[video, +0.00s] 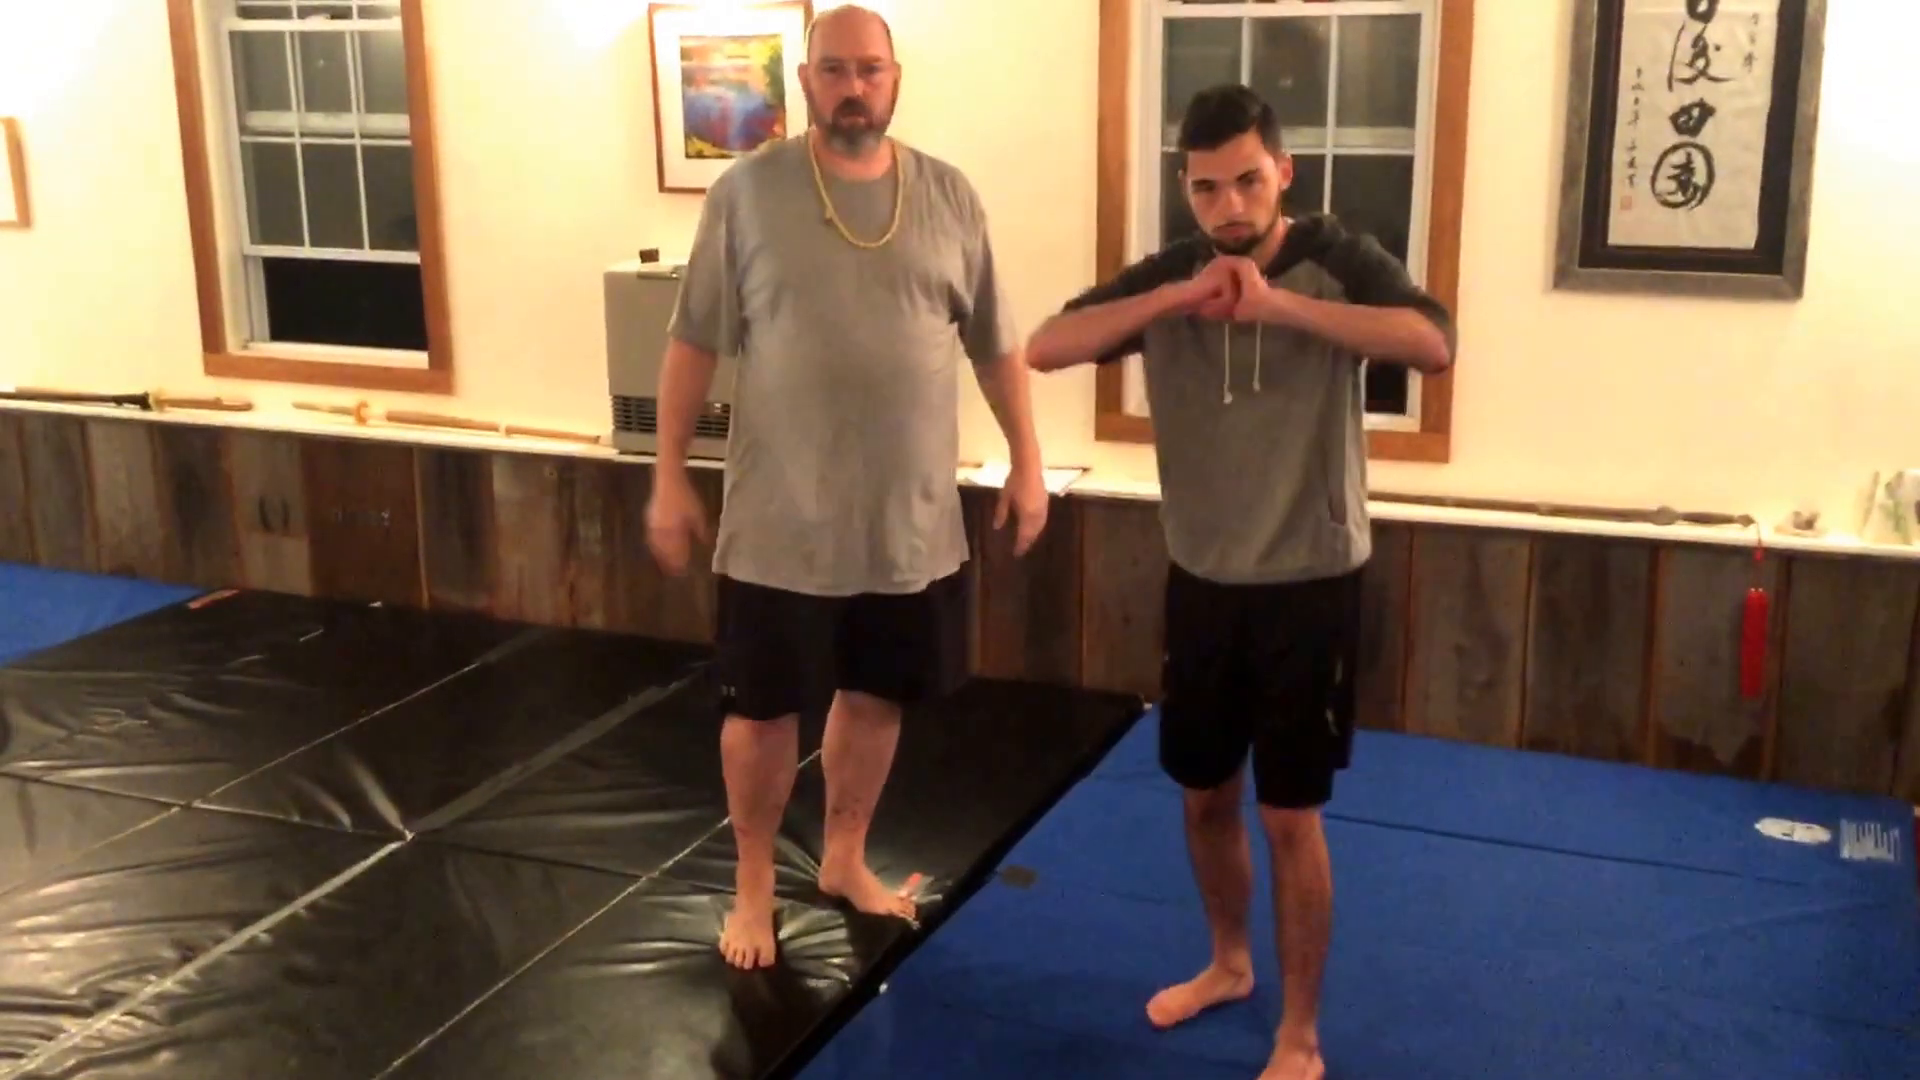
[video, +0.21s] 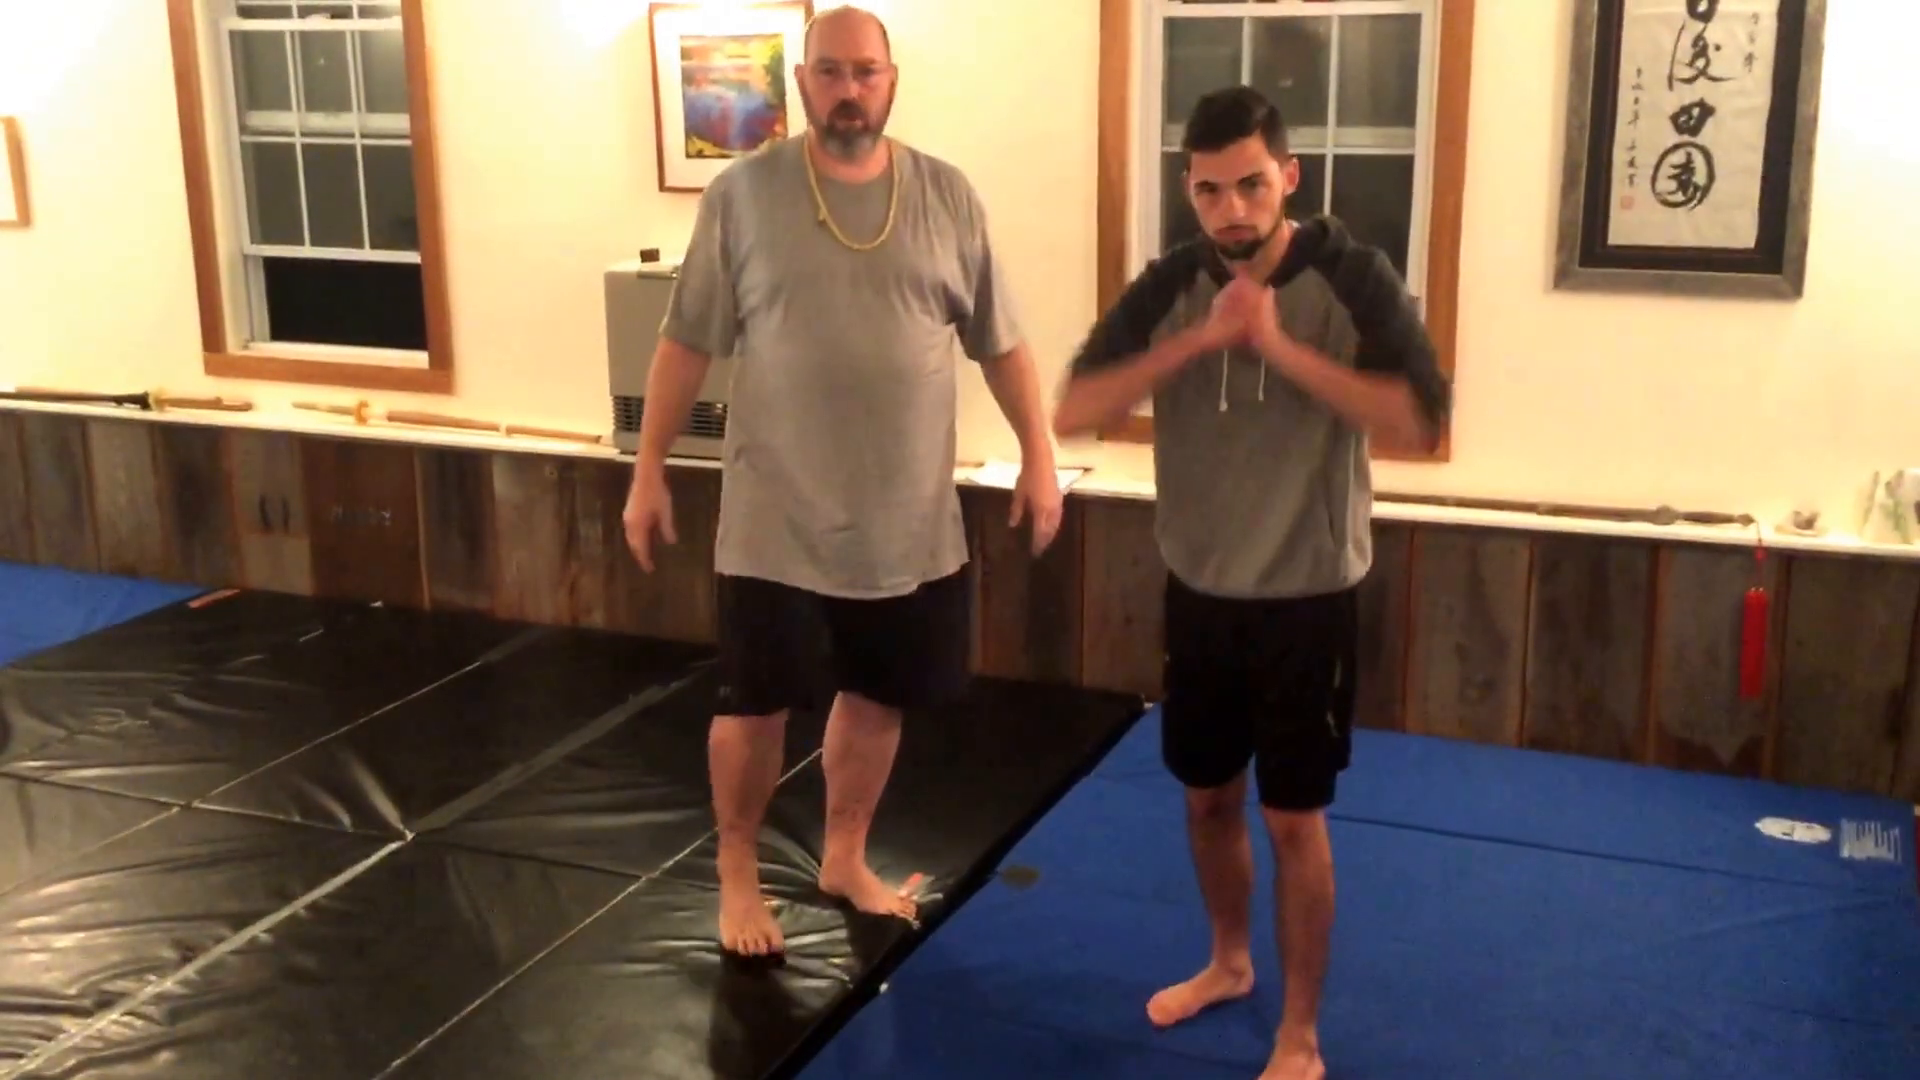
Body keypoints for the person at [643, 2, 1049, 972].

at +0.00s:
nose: (853, 88)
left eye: (870, 70)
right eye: (834, 70)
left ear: (898, 78)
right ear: (805, 78)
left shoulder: (947, 196)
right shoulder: (746, 192)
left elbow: (993, 340)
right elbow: (694, 340)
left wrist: (1028, 463)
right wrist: (668, 478)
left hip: (907, 509)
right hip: (778, 508)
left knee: (878, 695)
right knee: (761, 710)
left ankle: (846, 862)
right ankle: (752, 888)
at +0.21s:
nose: (848, 90)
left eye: (866, 72)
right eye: (829, 71)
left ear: (894, 80)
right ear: (802, 79)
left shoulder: (946, 197)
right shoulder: (742, 194)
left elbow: (1000, 338)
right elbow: (687, 339)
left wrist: (1040, 454)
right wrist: (648, 471)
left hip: (905, 510)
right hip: (774, 508)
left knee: (877, 699)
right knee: (754, 702)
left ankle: (847, 862)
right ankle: (739, 878)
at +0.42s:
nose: (846, 100)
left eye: (862, 82)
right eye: (825, 82)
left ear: (883, 85)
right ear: (790, 84)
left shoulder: (929, 196)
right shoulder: (724, 197)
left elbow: (985, 336)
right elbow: (675, 344)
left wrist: (1029, 456)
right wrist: (668, 476)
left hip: (896, 510)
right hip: (768, 513)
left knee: (875, 697)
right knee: (755, 711)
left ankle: (846, 863)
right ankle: (734, 885)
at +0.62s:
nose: (833, 121)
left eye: (847, 101)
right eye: (812, 102)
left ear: (862, 96)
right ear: (767, 96)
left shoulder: (893, 191)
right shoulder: (692, 200)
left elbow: (944, 330)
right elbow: (639, 347)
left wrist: (989, 448)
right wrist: (733, 369)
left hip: (874, 513)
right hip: (747, 518)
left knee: (874, 697)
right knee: (736, 719)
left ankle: (845, 860)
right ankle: (733, 895)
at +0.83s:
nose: (817, 139)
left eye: (832, 118)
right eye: (796, 119)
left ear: (847, 106)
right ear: (751, 106)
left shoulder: (868, 188)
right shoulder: (685, 203)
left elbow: (914, 330)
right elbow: (644, 355)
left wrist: (957, 445)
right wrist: (764, 255)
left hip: (871, 507)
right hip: (739, 518)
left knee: (914, 672)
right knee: (730, 721)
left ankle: (855, 836)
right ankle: (732, 893)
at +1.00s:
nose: (833, 140)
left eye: (846, 120)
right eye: (812, 119)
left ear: (860, 109)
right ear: (764, 103)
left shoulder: (871, 191)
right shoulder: (696, 201)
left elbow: (908, 331)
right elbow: (690, 349)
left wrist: (943, 444)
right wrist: (794, 247)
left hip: (878, 493)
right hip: (748, 508)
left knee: (941, 661)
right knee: (735, 719)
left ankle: (922, 838)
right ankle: (732, 890)